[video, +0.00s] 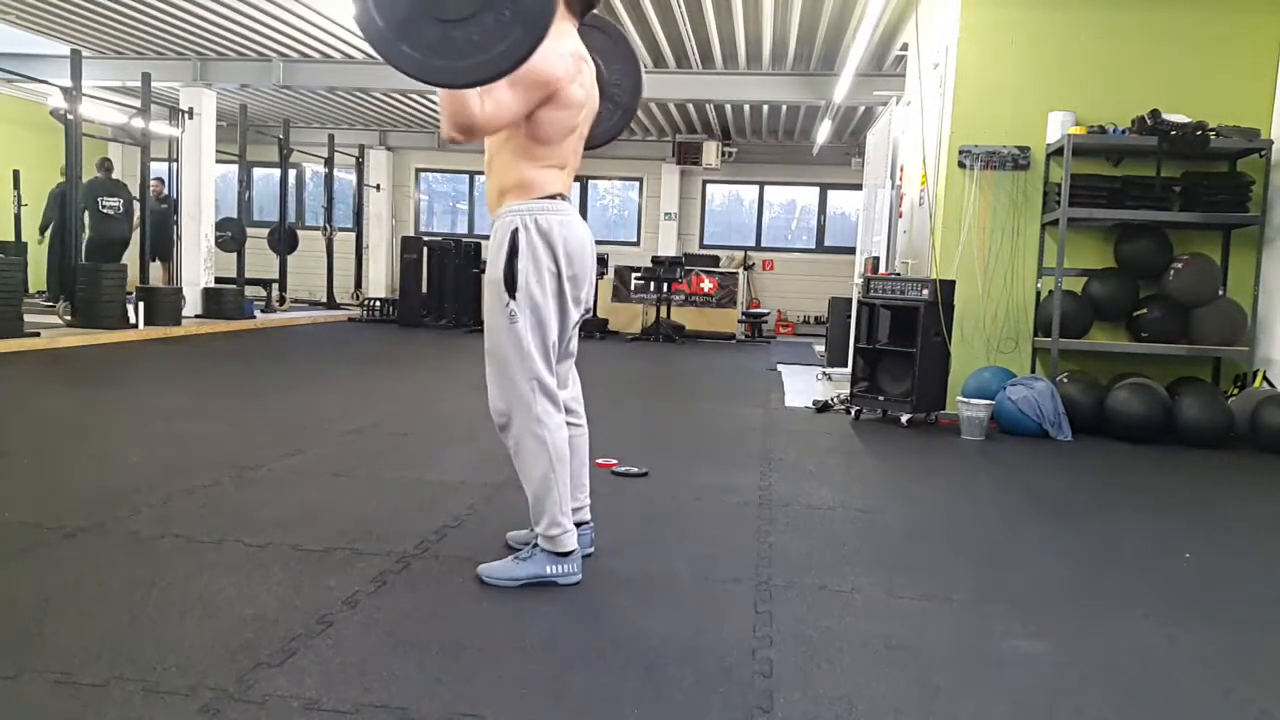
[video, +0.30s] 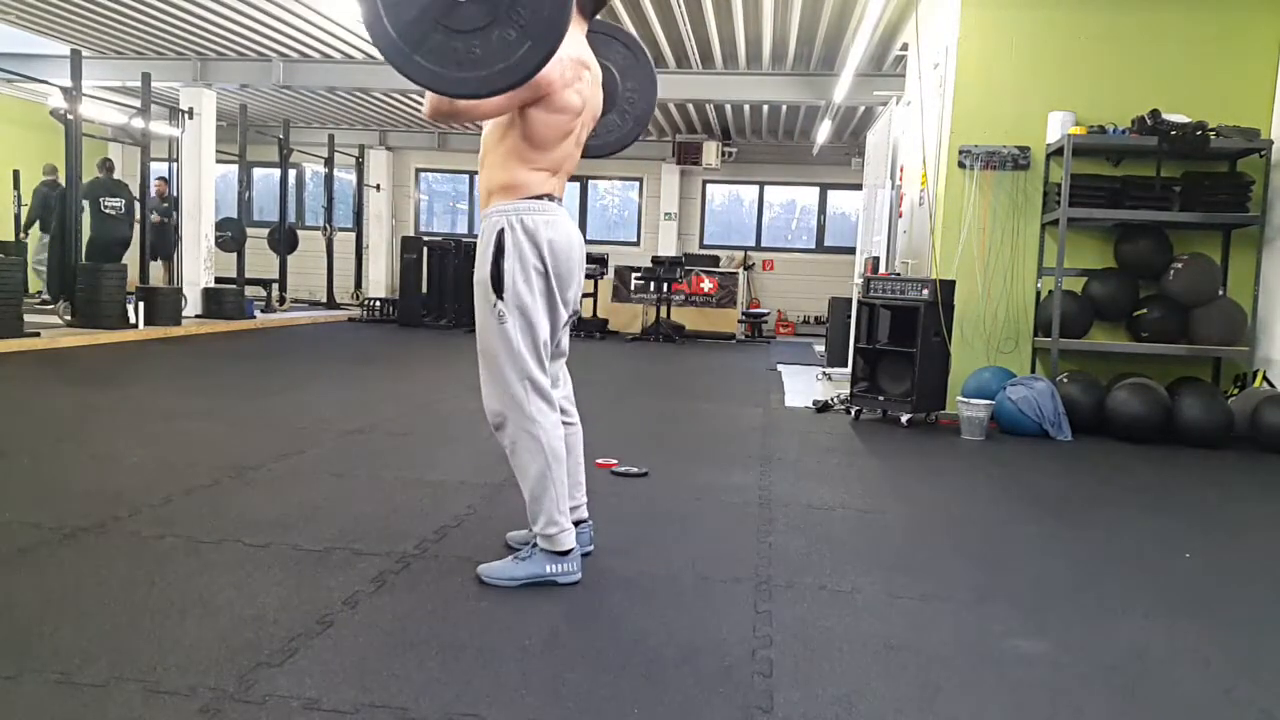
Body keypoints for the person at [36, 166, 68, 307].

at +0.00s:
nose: (63, 174)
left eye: (63, 172)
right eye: (65, 172)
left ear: (62, 173)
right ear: (74, 173)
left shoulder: (58, 190)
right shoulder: (81, 189)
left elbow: (50, 212)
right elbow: (85, 209)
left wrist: (42, 230)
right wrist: (84, 227)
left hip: (60, 232)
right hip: (77, 231)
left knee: (55, 262)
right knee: (73, 263)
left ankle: (54, 296)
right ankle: (71, 297)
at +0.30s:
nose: (54, 177)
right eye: (55, 174)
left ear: (43, 173)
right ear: (57, 174)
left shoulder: (41, 189)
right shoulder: (62, 189)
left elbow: (34, 211)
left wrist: (25, 229)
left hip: (47, 232)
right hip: (61, 232)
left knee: (37, 261)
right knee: (54, 262)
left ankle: (52, 288)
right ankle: (47, 293)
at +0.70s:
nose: (31, 175)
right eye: (32, 173)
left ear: (18, 171)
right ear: (33, 172)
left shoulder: (8, 188)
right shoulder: (40, 190)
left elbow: (3, 214)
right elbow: (50, 213)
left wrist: (1, 234)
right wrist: (58, 226)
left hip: (17, 232)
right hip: (37, 233)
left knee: (14, 268)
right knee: (44, 267)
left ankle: (12, 298)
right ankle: (46, 294)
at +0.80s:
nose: (28, 173)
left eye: (26, 171)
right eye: (28, 171)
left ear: (13, 170)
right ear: (27, 171)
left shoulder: (3, 186)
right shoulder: (33, 189)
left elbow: (2, 210)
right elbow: (41, 213)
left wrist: (6, 223)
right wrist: (45, 232)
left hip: (10, 230)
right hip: (32, 231)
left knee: (9, 267)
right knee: (39, 265)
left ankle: (9, 299)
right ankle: (44, 296)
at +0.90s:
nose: (26, 171)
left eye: (25, 169)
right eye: (26, 169)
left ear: (11, 167)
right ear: (24, 169)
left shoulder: (2, 182)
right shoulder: (27, 187)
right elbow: (33, 211)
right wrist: (37, 231)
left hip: (4, 228)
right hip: (24, 228)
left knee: (6, 264)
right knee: (32, 263)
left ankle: (7, 296)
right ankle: (34, 295)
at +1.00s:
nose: (25, 170)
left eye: (24, 168)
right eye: (24, 168)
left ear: (9, 167)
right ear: (21, 168)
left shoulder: (2, 182)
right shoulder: (21, 186)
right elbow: (26, 211)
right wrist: (32, 231)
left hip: (2, 227)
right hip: (17, 228)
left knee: (4, 262)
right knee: (30, 259)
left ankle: (5, 293)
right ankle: (24, 292)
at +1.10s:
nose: (24, 169)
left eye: (24, 166)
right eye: (23, 166)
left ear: (8, 166)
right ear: (19, 167)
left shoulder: (3, 181)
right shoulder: (13, 185)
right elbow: (19, 210)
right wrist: (27, 231)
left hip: (3, 228)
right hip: (12, 230)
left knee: (5, 263)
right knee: (20, 263)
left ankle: (5, 291)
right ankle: (20, 289)